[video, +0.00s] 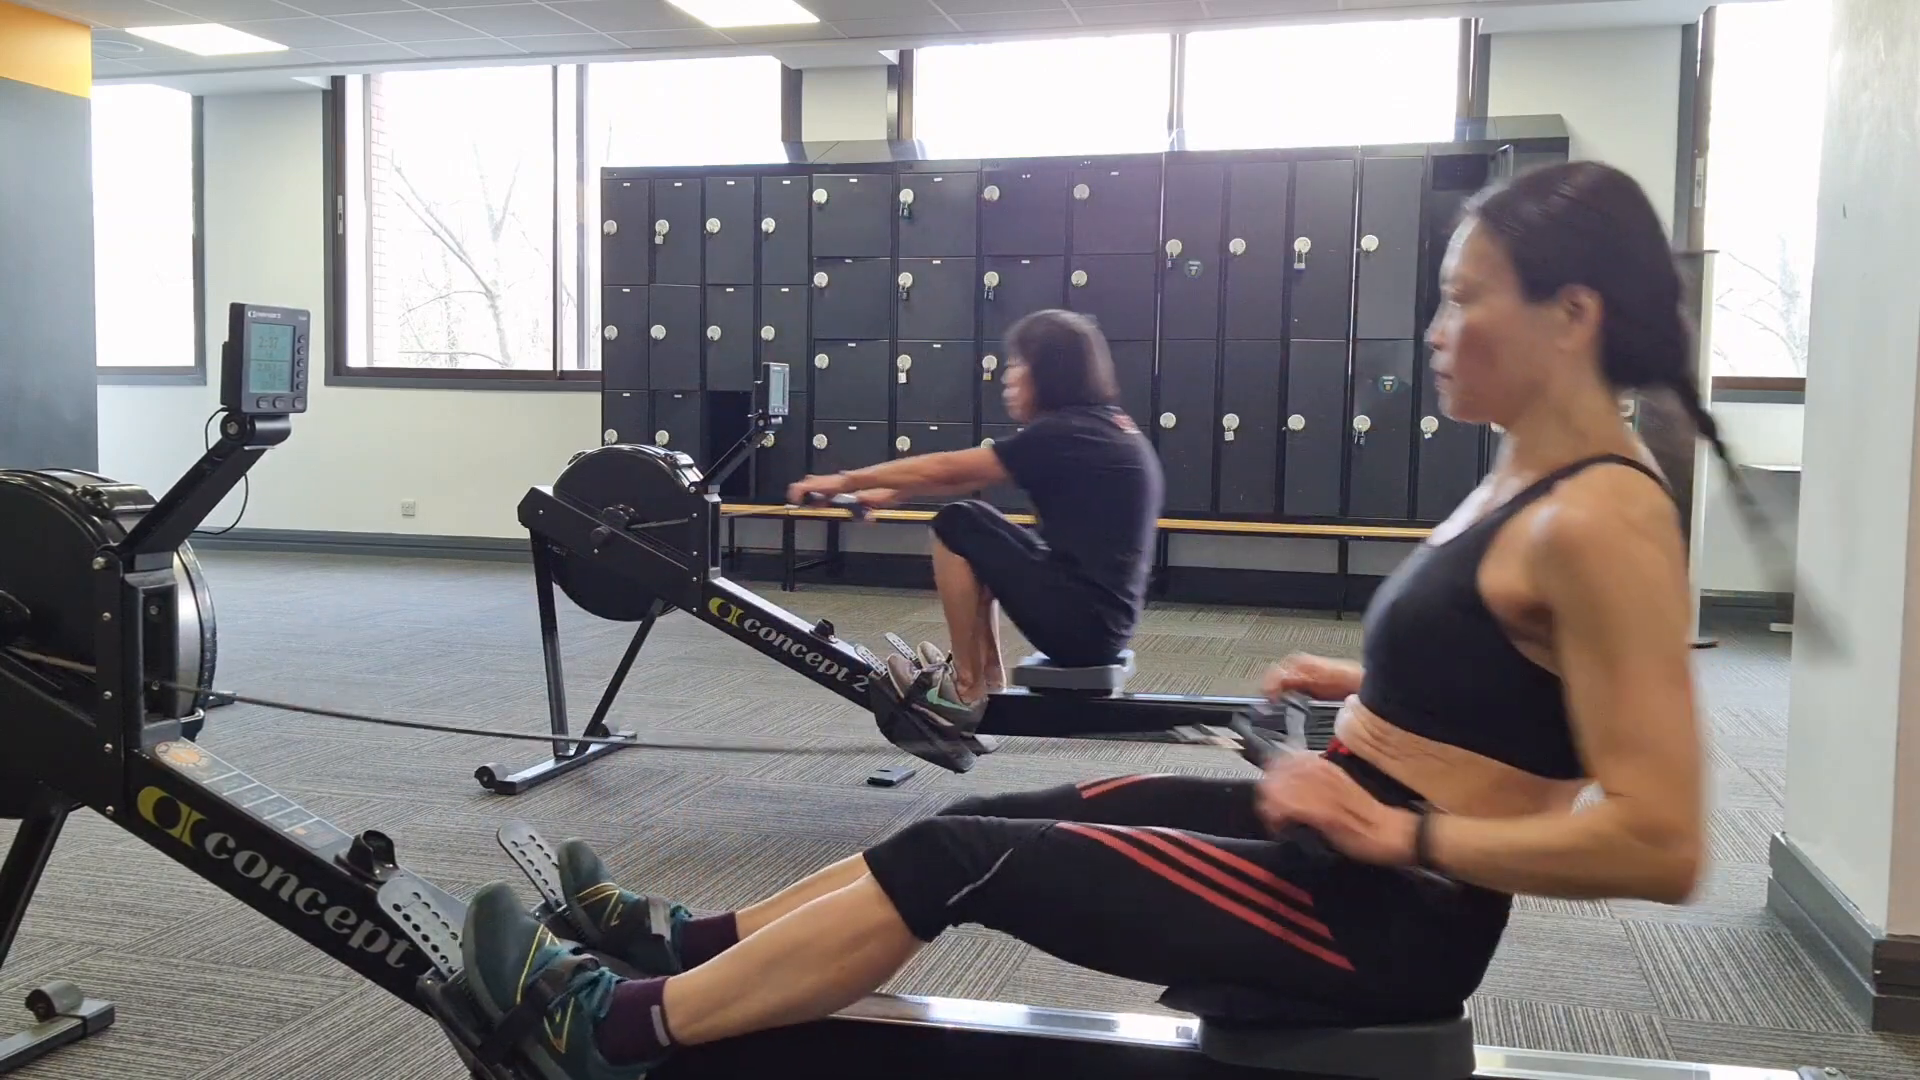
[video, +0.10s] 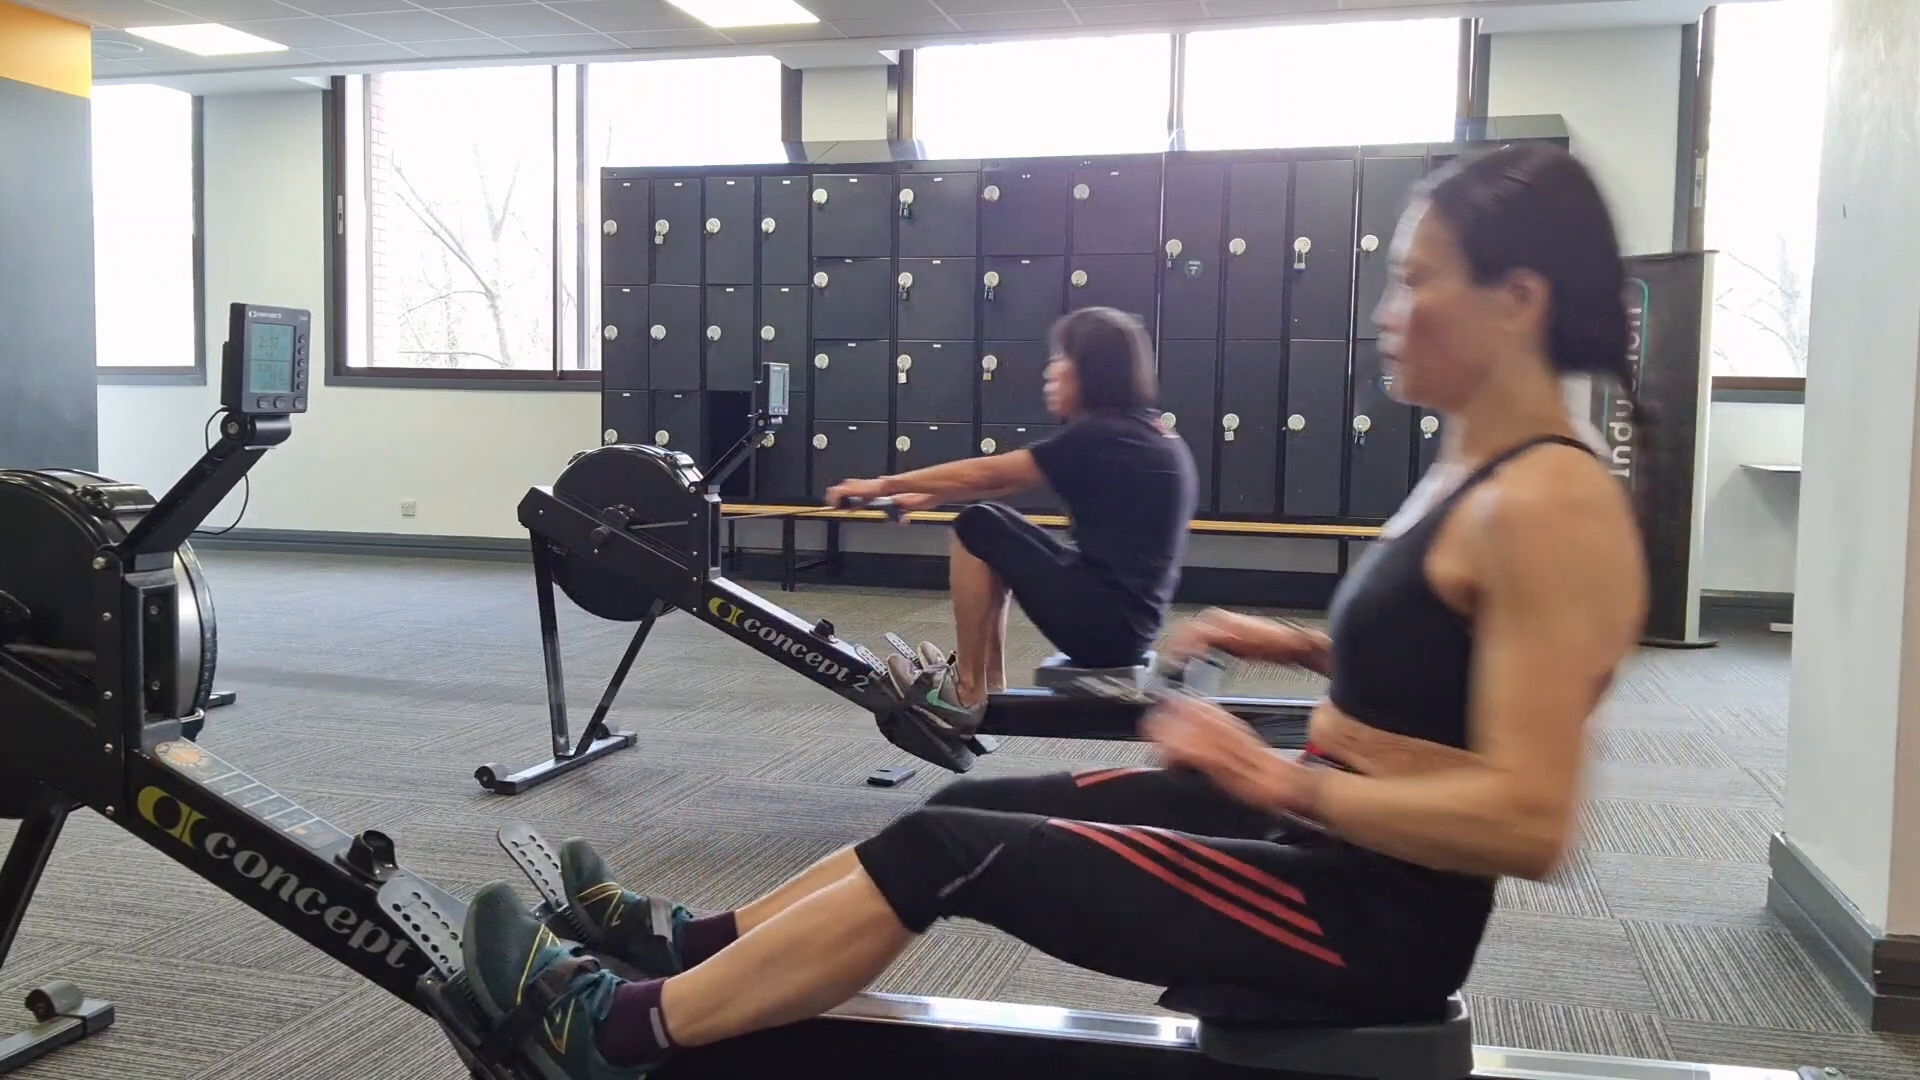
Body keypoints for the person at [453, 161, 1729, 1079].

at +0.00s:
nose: (1438, 332)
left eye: (1464, 303)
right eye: (1444, 303)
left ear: (1573, 319)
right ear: (1554, 324)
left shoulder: (1600, 519)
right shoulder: (1537, 486)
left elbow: (1661, 843)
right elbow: (1548, 754)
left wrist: (1397, 837)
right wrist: (1368, 697)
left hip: (1377, 912)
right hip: (1350, 842)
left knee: (962, 852)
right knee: (965, 827)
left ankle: (622, 1034)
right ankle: (671, 960)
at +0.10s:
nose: (1383, 315)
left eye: (1412, 284)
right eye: (1391, 283)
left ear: (1520, 302)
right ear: (1490, 305)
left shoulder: (1551, 501)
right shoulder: (1480, 474)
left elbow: (1534, 820)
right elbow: (1431, 698)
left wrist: (1277, 778)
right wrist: (1279, 644)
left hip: (1367, 919)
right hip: (1334, 853)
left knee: (950, 839)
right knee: (957, 808)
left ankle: (613, 1037)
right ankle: (697, 948)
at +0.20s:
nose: (1312, 301)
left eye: (1341, 267)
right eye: (1318, 270)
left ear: (1446, 287)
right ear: (1419, 289)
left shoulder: (1470, 483)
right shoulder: (1420, 464)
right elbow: (1348, 679)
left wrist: (1154, 732)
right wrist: (1208, 613)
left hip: (1339, 916)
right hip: (1306, 856)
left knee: (937, 816)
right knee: (963, 770)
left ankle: (632, 1035)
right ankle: (698, 956)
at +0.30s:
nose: (1228, 288)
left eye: (1255, 258)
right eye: (1235, 258)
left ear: (1351, 283)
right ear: (1333, 286)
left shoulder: (1366, 469)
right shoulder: (1355, 455)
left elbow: (1207, 754)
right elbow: (1216, 659)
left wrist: (992, 674)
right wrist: (1075, 588)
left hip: (1291, 912)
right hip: (1272, 870)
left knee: (915, 788)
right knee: (931, 748)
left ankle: (641, 1026)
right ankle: (696, 967)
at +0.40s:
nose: (1134, 290)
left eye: (1160, 261)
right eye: (1142, 261)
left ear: (1249, 283)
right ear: (1244, 287)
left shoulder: (1248, 469)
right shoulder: (1268, 446)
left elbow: (1049, 717)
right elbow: (1163, 601)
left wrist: (855, 673)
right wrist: (981, 572)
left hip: (1245, 902)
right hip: (1248, 860)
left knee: (872, 765)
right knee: (891, 750)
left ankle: (636, 1021)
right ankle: (680, 977)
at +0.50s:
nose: (1037, 297)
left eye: (1060, 269)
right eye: (1044, 269)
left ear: (1149, 292)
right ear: (1145, 296)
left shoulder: (1143, 471)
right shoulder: (1204, 435)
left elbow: (909, 705)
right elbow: (1047, 591)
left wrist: (727, 700)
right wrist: (866, 588)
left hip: (1179, 898)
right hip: (1196, 831)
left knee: (833, 746)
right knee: (871, 699)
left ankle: (624, 1017)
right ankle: (666, 954)